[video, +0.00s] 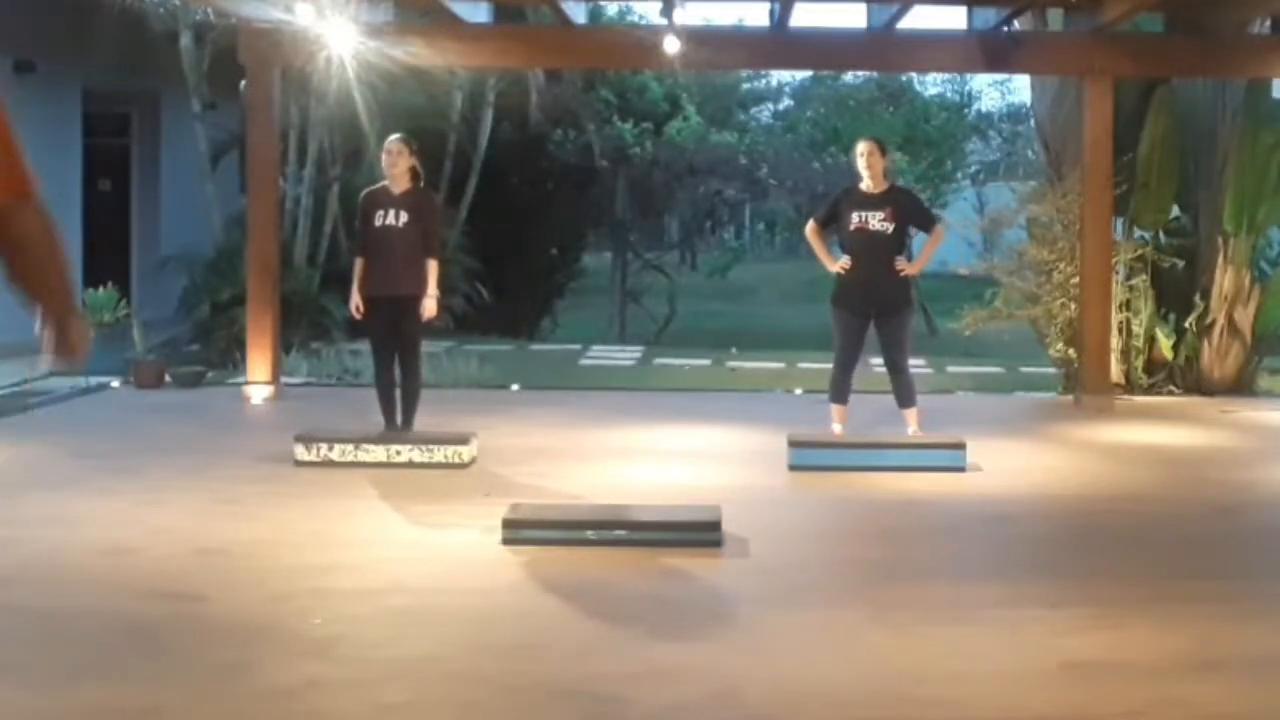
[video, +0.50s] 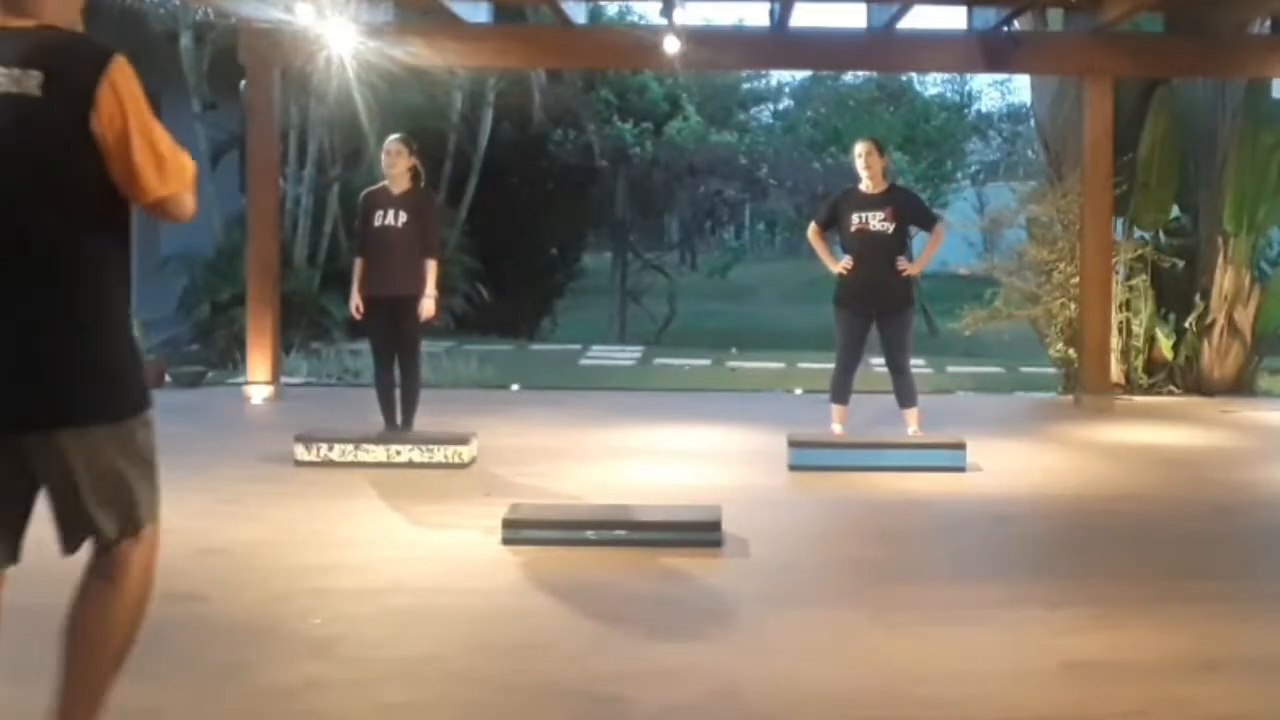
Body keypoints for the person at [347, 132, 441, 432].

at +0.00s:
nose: (390, 159)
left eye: (397, 154)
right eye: (386, 153)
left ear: (411, 159)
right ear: (381, 158)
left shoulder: (425, 199)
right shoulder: (370, 198)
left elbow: (432, 249)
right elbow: (361, 248)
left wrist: (431, 292)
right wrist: (355, 288)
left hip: (410, 295)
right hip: (377, 295)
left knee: (409, 363)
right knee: (383, 364)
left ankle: (407, 425)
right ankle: (389, 424)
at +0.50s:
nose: (389, 159)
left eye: (396, 154)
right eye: (386, 153)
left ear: (411, 160)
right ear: (381, 158)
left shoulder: (424, 199)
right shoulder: (370, 198)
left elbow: (431, 250)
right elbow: (361, 248)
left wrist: (429, 292)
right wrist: (355, 289)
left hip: (409, 295)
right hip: (376, 295)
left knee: (409, 363)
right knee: (382, 363)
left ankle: (407, 424)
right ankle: (389, 423)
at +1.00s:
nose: (392, 160)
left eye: (399, 154)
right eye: (389, 154)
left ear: (415, 160)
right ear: (383, 158)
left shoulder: (426, 199)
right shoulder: (372, 198)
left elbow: (434, 250)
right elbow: (363, 248)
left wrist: (432, 292)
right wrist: (357, 288)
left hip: (412, 295)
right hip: (378, 295)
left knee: (411, 363)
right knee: (384, 363)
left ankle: (407, 424)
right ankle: (390, 423)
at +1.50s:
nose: (396, 162)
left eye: (403, 156)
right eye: (393, 156)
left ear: (418, 161)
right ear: (387, 159)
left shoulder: (430, 199)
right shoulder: (376, 197)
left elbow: (436, 250)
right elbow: (365, 248)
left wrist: (435, 293)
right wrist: (360, 290)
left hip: (413, 295)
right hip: (380, 294)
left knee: (412, 362)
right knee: (384, 363)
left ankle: (407, 424)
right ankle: (390, 423)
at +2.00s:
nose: (403, 175)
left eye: (408, 169)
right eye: (398, 169)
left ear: (422, 166)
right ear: (392, 168)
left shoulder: (436, 203)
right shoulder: (384, 199)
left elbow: (443, 252)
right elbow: (376, 249)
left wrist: (442, 294)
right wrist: (365, 288)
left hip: (420, 291)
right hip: (384, 288)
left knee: (418, 359)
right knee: (376, 355)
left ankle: (409, 421)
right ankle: (376, 417)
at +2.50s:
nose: (405, 170)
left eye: (412, 163)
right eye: (401, 163)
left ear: (424, 165)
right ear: (392, 165)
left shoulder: (434, 203)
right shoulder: (382, 195)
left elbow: (443, 253)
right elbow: (371, 244)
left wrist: (438, 294)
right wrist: (370, 285)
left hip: (418, 293)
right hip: (383, 291)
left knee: (417, 361)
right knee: (378, 363)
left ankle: (409, 423)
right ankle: (382, 421)